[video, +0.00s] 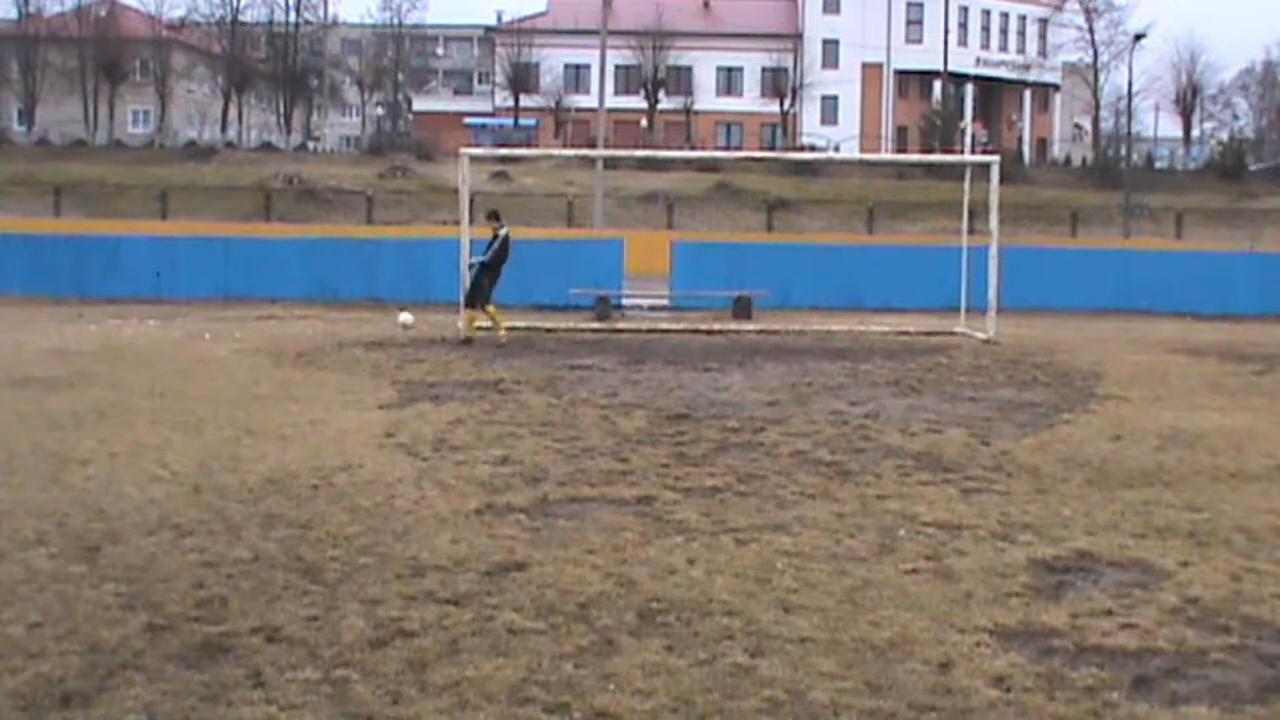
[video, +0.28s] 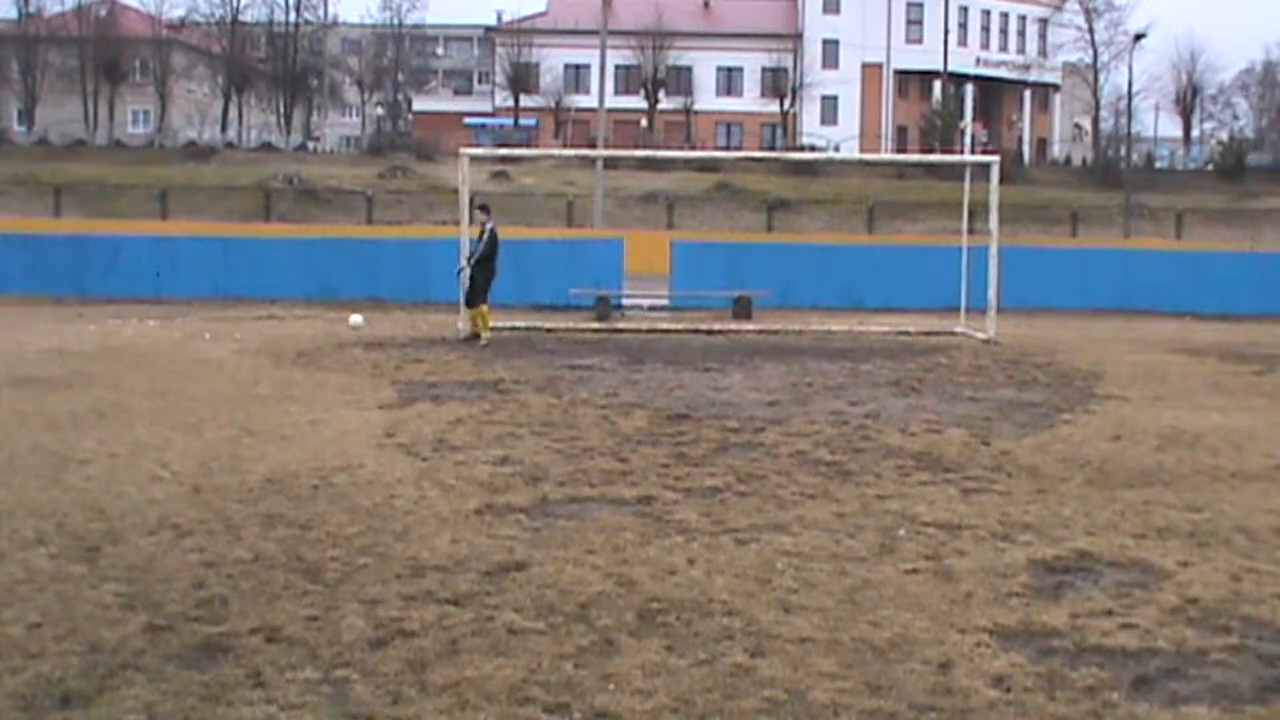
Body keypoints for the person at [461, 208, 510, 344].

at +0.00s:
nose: (490, 226)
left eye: (491, 223)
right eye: (489, 223)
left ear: (497, 222)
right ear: (491, 223)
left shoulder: (503, 237)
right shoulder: (496, 236)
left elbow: (490, 258)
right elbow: (487, 256)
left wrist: (473, 261)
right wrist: (474, 262)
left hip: (490, 274)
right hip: (482, 273)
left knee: (483, 303)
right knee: (471, 302)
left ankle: (501, 331)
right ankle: (468, 334)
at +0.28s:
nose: (479, 218)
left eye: (481, 214)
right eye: (477, 214)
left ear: (487, 215)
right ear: (478, 216)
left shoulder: (490, 233)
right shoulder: (482, 232)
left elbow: (482, 252)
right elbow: (477, 250)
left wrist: (471, 263)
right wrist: (469, 262)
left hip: (485, 272)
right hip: (478, 271)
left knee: (480, 301)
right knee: (471, 300)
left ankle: (485, 332)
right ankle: (475, 330)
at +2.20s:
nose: (582, 221)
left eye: (583, 217)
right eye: (580, 217)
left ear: (579, 217)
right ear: (575, 218)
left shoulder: (574, 232)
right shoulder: (567, 232)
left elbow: (570, 255)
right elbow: (565, 255)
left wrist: (571, 272)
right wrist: (566, 275)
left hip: (569, 270)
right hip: (561, 271)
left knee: (578, 299)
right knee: (556, 301)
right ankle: (547, 332)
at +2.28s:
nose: (591, 223)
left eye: (592, 220)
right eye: (589, 219)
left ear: (587, 220)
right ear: (583, 219)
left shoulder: (580, 234)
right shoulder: (575, 234)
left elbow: (577, 256)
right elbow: (575, 256)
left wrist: (580, 272)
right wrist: (577, 274)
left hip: (578, 273)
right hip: (570, 273)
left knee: (588, 302)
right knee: (562, 304)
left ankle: (600, 331)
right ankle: (548, 333)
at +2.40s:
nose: (599, 223)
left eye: (600, 220)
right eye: (597, 219)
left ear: (600, 221)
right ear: (592, 219)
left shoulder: (593, 236)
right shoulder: (585, 235)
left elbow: (592, 257)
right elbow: (586, 257)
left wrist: (597, 273)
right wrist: (593, 273)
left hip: (594, 272)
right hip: (584, 273)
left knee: (602, 302)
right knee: (579, 305)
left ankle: (604, 331)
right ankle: (556, 329)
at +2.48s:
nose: (605, 221)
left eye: (607, 218)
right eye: (603, 218)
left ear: (608, 220)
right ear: (598, 218)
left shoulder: (602, 234)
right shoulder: (592, 233)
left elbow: (601, 252)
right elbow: (592, 254)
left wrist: (604, 268)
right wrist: (602, 270)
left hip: (600, 270)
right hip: (592, 271)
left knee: (601, 301)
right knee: (596, 301)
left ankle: (606, 330)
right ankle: (572, 322)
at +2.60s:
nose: (613, 218)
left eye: (615, 215)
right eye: (611, 215)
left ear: (617, 217)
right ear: (606, 215)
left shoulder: (614, 231)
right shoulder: (602, 231)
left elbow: (614, 252)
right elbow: (599, 253)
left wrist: (618, 267)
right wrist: (611, 266)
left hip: (611, 269)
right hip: (602, 269)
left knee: (611, 299)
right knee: (608, 298)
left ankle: (605, 331)